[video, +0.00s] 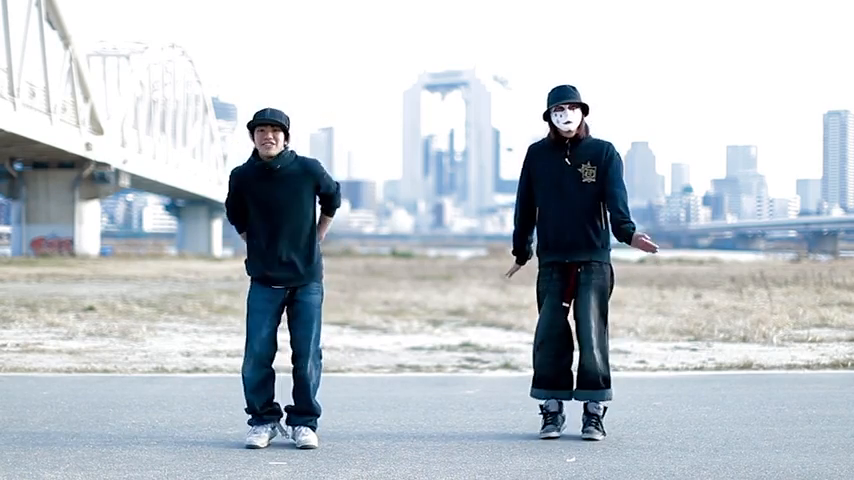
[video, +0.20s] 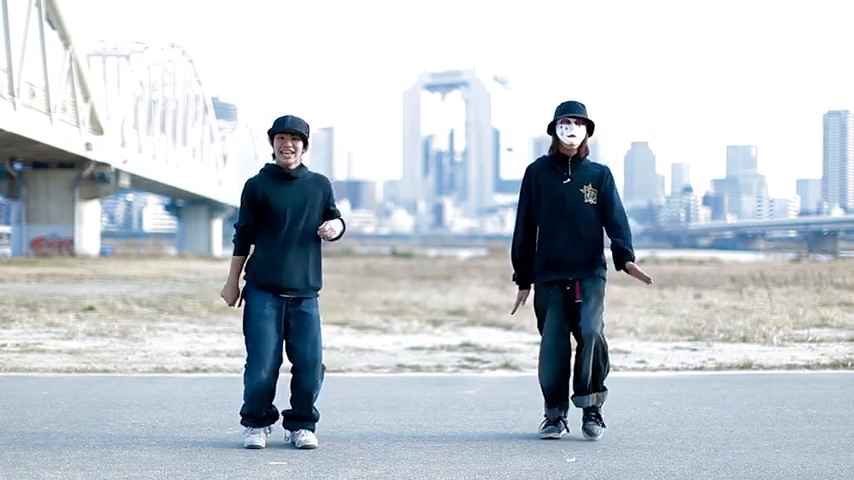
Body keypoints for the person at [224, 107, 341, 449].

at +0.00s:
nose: (268, 136)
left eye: (274, 131)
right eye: (262, 131)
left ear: (285, 136)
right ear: (252, 137)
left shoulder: (309, 170)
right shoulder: (241, 177)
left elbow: (332, 197)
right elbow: (236, 217)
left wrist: (318, 232)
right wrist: (257, 240)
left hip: (306, 276)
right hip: (264, 277)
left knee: (306, 351)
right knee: (257, 351)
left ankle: (304, 422)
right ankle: (262, 422)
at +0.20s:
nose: (288, 146)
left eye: (294, 140)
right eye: (282, 140)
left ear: (304, 145)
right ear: (272, 144)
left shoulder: (319, 184)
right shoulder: (256, 185)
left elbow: (335, 221)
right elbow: (244, 237)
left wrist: (334, 227)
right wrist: (232, 280)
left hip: (305, 291)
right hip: (263, 289)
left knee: (310, 363)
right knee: (263, 362)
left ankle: (303, 426)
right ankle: (256, 425)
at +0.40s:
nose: (281, 126)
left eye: (288, 122)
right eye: (276, 121)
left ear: (298, 129)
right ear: (266, 126)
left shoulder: (313, 166)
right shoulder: (250, 162)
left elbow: (327, 216)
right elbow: (234, 199)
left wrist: (325, 260)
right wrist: (233, 218)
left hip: (303, 271)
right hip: (261, 266)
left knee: (309, 349)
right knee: (250, 313)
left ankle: (301, 422)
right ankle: (273, 356)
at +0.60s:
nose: (271, 141)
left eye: (278, 136)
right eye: (266, 134)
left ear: (290, 141)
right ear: (258, 138)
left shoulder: (307, 178)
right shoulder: (246, 181)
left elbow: (332, 216)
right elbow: (233, 230)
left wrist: (324, 258)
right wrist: (232, 190)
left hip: (298, 285)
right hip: (257, 287)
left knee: (301, 358)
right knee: (256, 360)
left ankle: (302, 424)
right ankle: (260, 425)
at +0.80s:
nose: (277, 128)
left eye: (283, 124)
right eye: (271, 124)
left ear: (294, 132)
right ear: (261, 131)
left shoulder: (309, 171)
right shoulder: (245, 165)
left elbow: (335, 215)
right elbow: (222, 195)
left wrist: (335, 204)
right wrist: (208, 210)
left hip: (296, 259)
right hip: (257, 266)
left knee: (307, 280)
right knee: (255, 345)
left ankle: (291, 338)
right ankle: (262, 420)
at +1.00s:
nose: (283, 128)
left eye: (290, 122)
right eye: (278, 121)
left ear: (300, 128)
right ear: (267, 125)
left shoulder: (312, 168)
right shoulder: (248, 160)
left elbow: (321, 217)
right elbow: (231, 206)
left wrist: (333, 191)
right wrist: (221, 247)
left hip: (297, 268)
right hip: (257, 268)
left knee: (293, 343)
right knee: (256, 345)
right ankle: (261, 420)